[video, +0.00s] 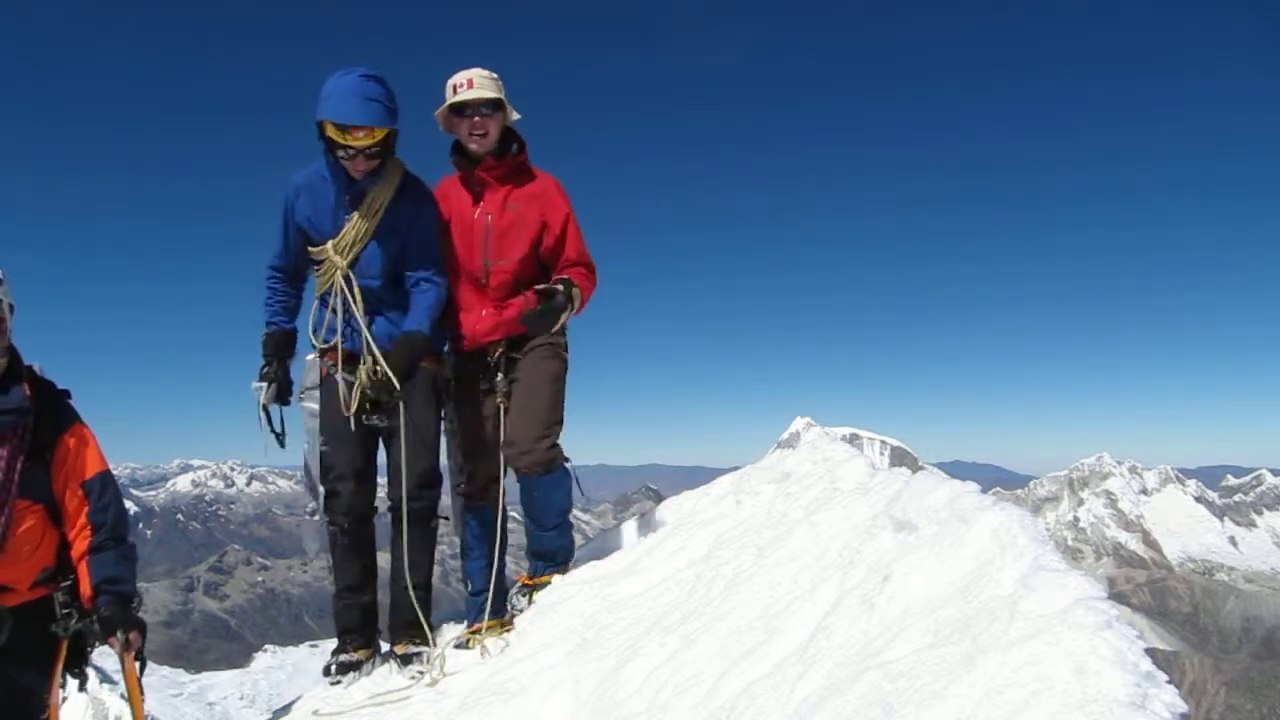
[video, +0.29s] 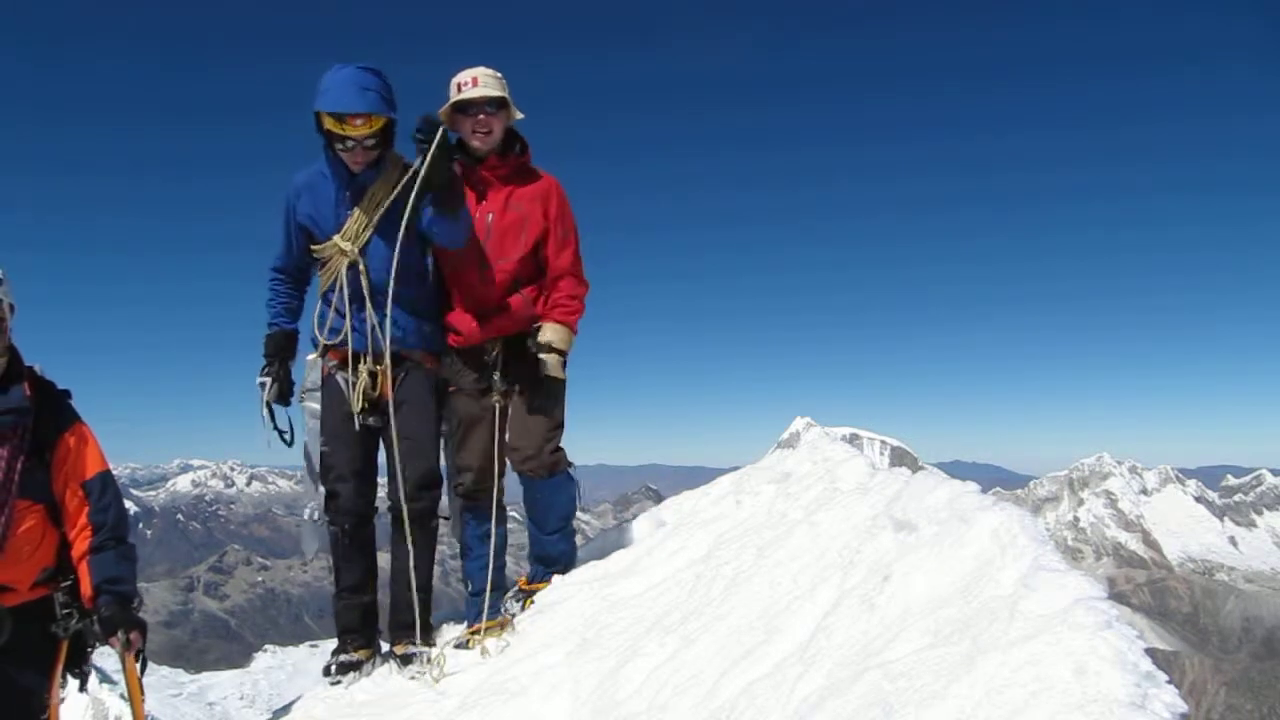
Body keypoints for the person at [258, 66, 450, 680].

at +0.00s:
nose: (361, 156)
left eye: (373, 144)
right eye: (347, 143)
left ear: (390, 135)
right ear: (327, 135)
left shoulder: (411, 196)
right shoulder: (306, 191)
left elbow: (428, 278)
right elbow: (283, 276)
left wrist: (413, 342)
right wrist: (277, 352)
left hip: (409, 359)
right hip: (340, 366)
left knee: (415, 494)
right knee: (345, 499)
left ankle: (410, 632)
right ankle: (355, 638)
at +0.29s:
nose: (356, 144)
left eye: (369, 130)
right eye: (342, 130)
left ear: (389, 127)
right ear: (324, 128)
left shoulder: (415, 181)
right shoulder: (309, 190)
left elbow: (453, 234)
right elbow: (288, 277)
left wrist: (442, 169)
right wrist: (278, 354)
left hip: (410, 359)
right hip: (340, 361)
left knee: (415, 494)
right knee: (346, 498)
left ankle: (409, 633)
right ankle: (354, 639)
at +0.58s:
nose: (353, 137)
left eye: (365, 124)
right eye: (339, 125)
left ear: (386, 121)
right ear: (320, 125)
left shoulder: (415, 184)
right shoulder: (308, 190)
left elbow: (459, 252)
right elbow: (290, 281)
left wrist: (441, 190)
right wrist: (282, 358)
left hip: (411, 362)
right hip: (339, 366)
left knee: (414, 500)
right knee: (346, 501)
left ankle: (409, 634)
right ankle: (354, 640)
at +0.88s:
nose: (349, 143)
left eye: (361, 130)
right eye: (335, 132)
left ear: (381, 125)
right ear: (319, 130)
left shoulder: (409, 188)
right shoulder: (304, 192)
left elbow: (443, 270)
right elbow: (285, 280)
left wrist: (437, 332)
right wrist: (275, 357)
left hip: (408, 361)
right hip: (335, 366)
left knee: (416, 497)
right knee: (343, 499)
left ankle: (410, 632)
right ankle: (355, 637)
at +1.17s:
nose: (358, 138)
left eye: (371, 125)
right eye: (345, 126)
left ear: (389, 123)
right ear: (327, 124)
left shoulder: (411, 191)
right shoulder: (306, 189)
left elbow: (446, 278)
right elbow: (282, 276)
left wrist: (443, 356)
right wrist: (270, 353)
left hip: (412, 361)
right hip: (336, 365)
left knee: (415, 493)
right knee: (342, 498)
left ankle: (395, 629)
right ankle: (354, 638)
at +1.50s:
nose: (380, 119)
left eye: (393, 106)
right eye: (368, 105)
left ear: (413, 109)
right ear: (348, 106)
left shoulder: (429, 187)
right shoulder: (322, 178)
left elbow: (457, 279)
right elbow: (296, 267)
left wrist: (462, 357)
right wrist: (279, 341)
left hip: (415, 364)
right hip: (338, 363)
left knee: (400, 497)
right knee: (342, 498)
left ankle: (390, 638)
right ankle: (351, 637)